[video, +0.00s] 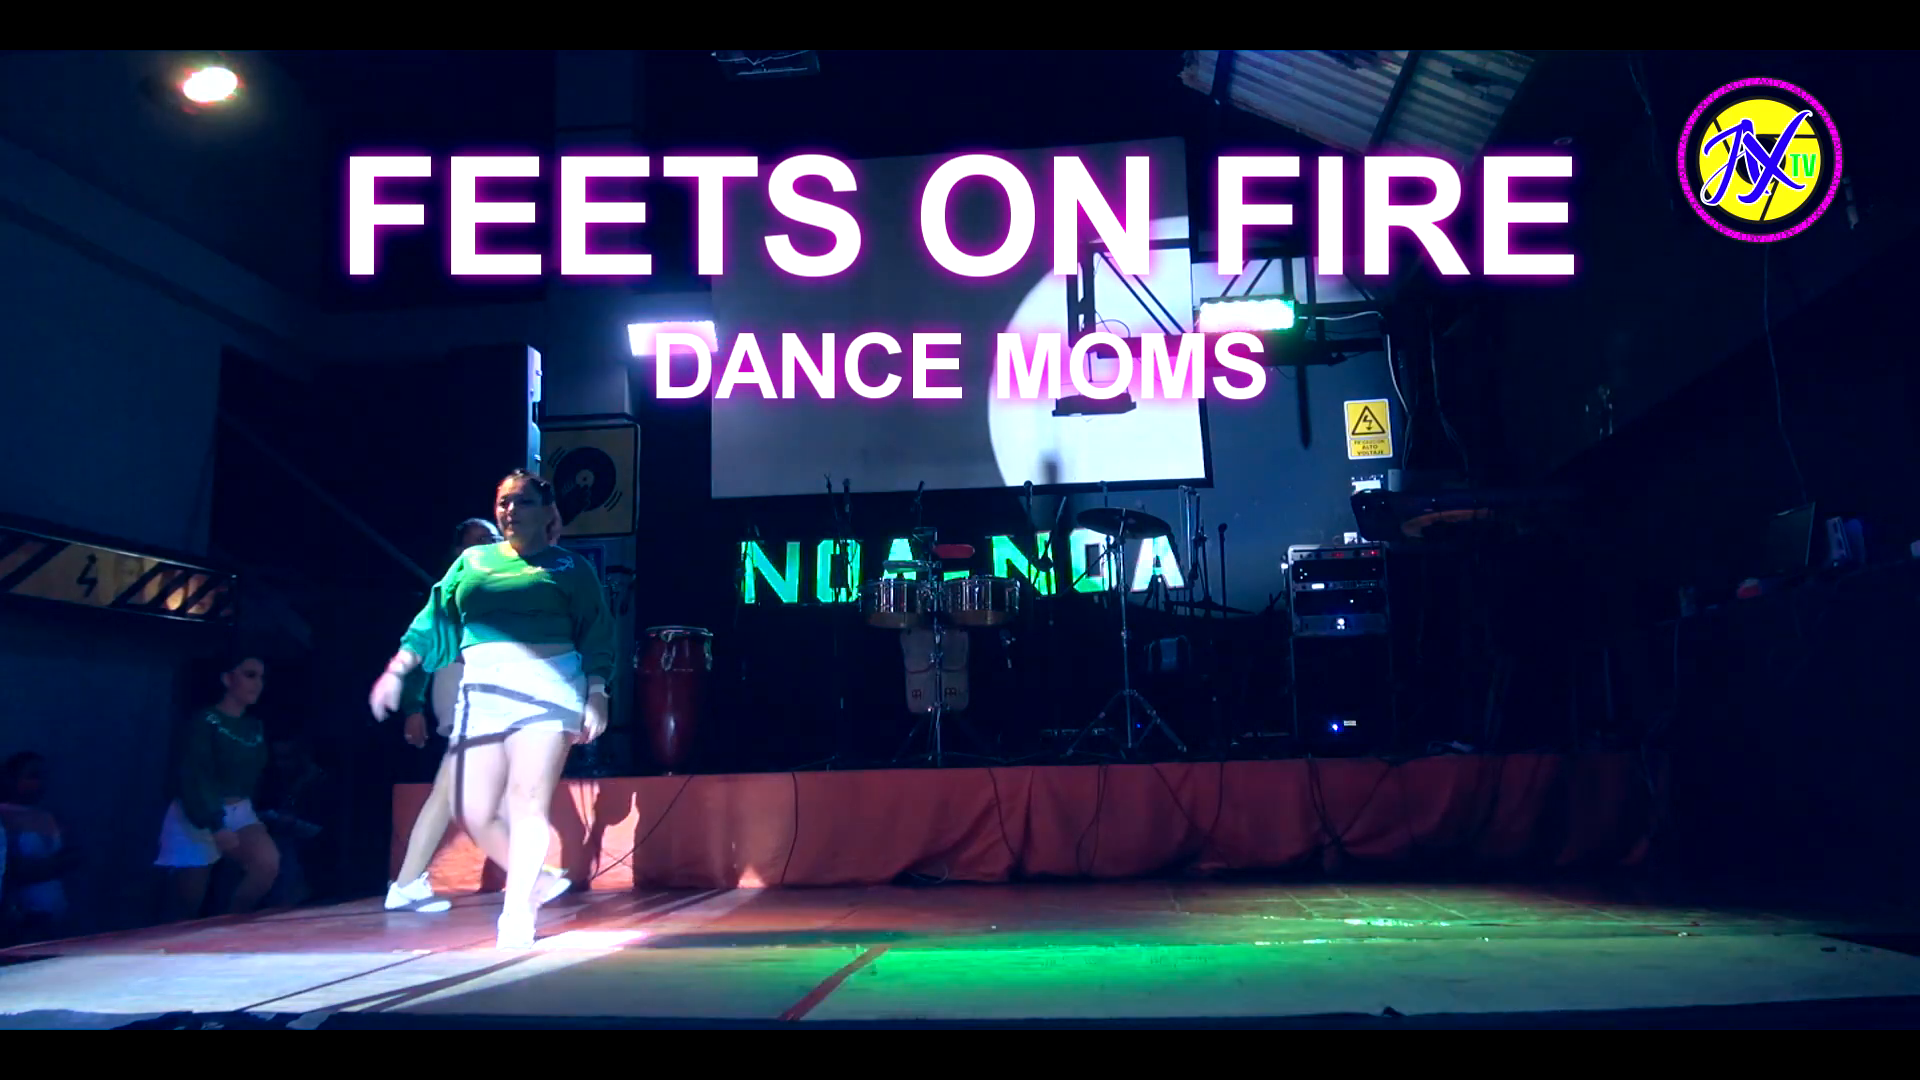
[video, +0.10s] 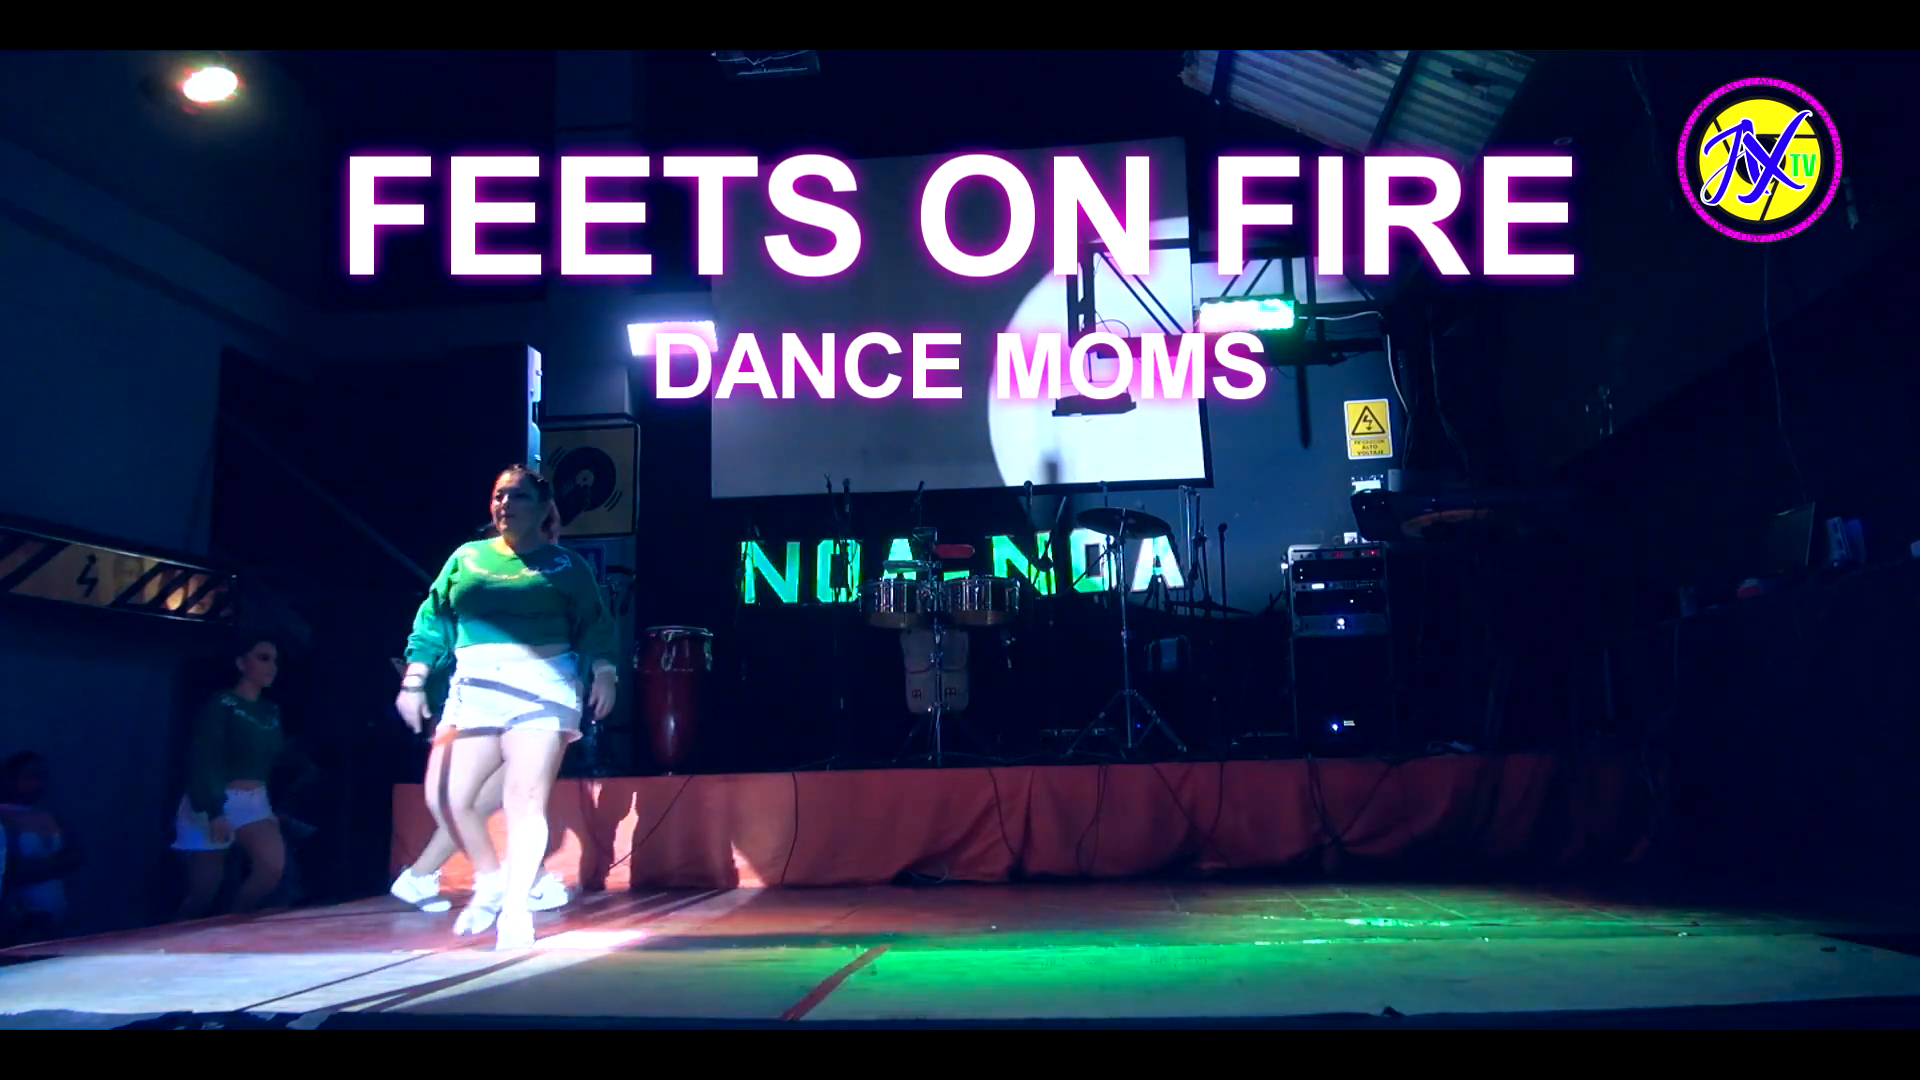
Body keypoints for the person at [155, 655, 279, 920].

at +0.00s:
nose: (257, 684)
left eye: (260, 677)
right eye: (250, 675)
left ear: (263, 683)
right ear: (228, 679)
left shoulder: (254, 729)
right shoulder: (204, 724)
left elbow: (254, 781)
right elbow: (191, 779)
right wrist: (216, 826)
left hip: (239, 810)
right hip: (198, 811)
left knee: (266, 862)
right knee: (189, 897)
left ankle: (232, 926)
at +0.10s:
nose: (271, 667)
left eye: (274, 660)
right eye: (263, 658)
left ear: (278, 667)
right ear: (242, 663)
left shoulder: (270, 713)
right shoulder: (219, 707)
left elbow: (274, 765)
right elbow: (203, 761)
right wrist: (215, 813)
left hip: (254, 800)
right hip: (213, 799)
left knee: (271, 867)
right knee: (205, 885)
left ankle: (232, 926)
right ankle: (179, 941)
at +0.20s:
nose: (282, 653)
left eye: (286, 646)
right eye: (274, 645)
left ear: (289, 654)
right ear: (252, 649)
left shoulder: (283, 701)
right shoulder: (228, 694)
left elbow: (290, 753)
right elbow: (207, 746)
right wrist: (205, 798)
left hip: (268, 785)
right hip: (229, 784)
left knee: (276, 865)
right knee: (240, 871)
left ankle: (240, 926)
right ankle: (201, 931)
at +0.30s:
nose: (291, 642)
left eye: (294, 637)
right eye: (283, 634)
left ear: (296, 646)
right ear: (261, 639)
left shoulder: (292, 693)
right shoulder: (235, 684)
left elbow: (298, 747)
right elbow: (210, 734)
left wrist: (299, 797)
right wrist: (201, 785)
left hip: (276, 777)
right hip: (238, 773)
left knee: (278, 855)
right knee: (276, 839)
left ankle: (241, 921)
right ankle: (213, 889)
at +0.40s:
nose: (301, 633)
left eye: (304, 627)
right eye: (292, 626)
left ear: (306, 636)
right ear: (270, 631)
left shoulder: (303, 685)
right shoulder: (242, 675)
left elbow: (318, 739)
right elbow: (211, 724)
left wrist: (334, 782)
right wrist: (193, 773)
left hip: (280, 771)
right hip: (238, 768)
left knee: (276, 849)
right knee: (304, 805)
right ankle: (251, 873)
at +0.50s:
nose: (310, 626)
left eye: (313, 620)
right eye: (302, 619)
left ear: (315, 627)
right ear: (280, 623)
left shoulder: (313, 677)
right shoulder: (252, 669)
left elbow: (333, 726)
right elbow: (218, 716)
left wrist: (360, 764)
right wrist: (194, 763)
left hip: (288, 762)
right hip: (248, 759)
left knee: (271, 854)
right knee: (314, 800)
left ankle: (239, 924)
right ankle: (284, 881)